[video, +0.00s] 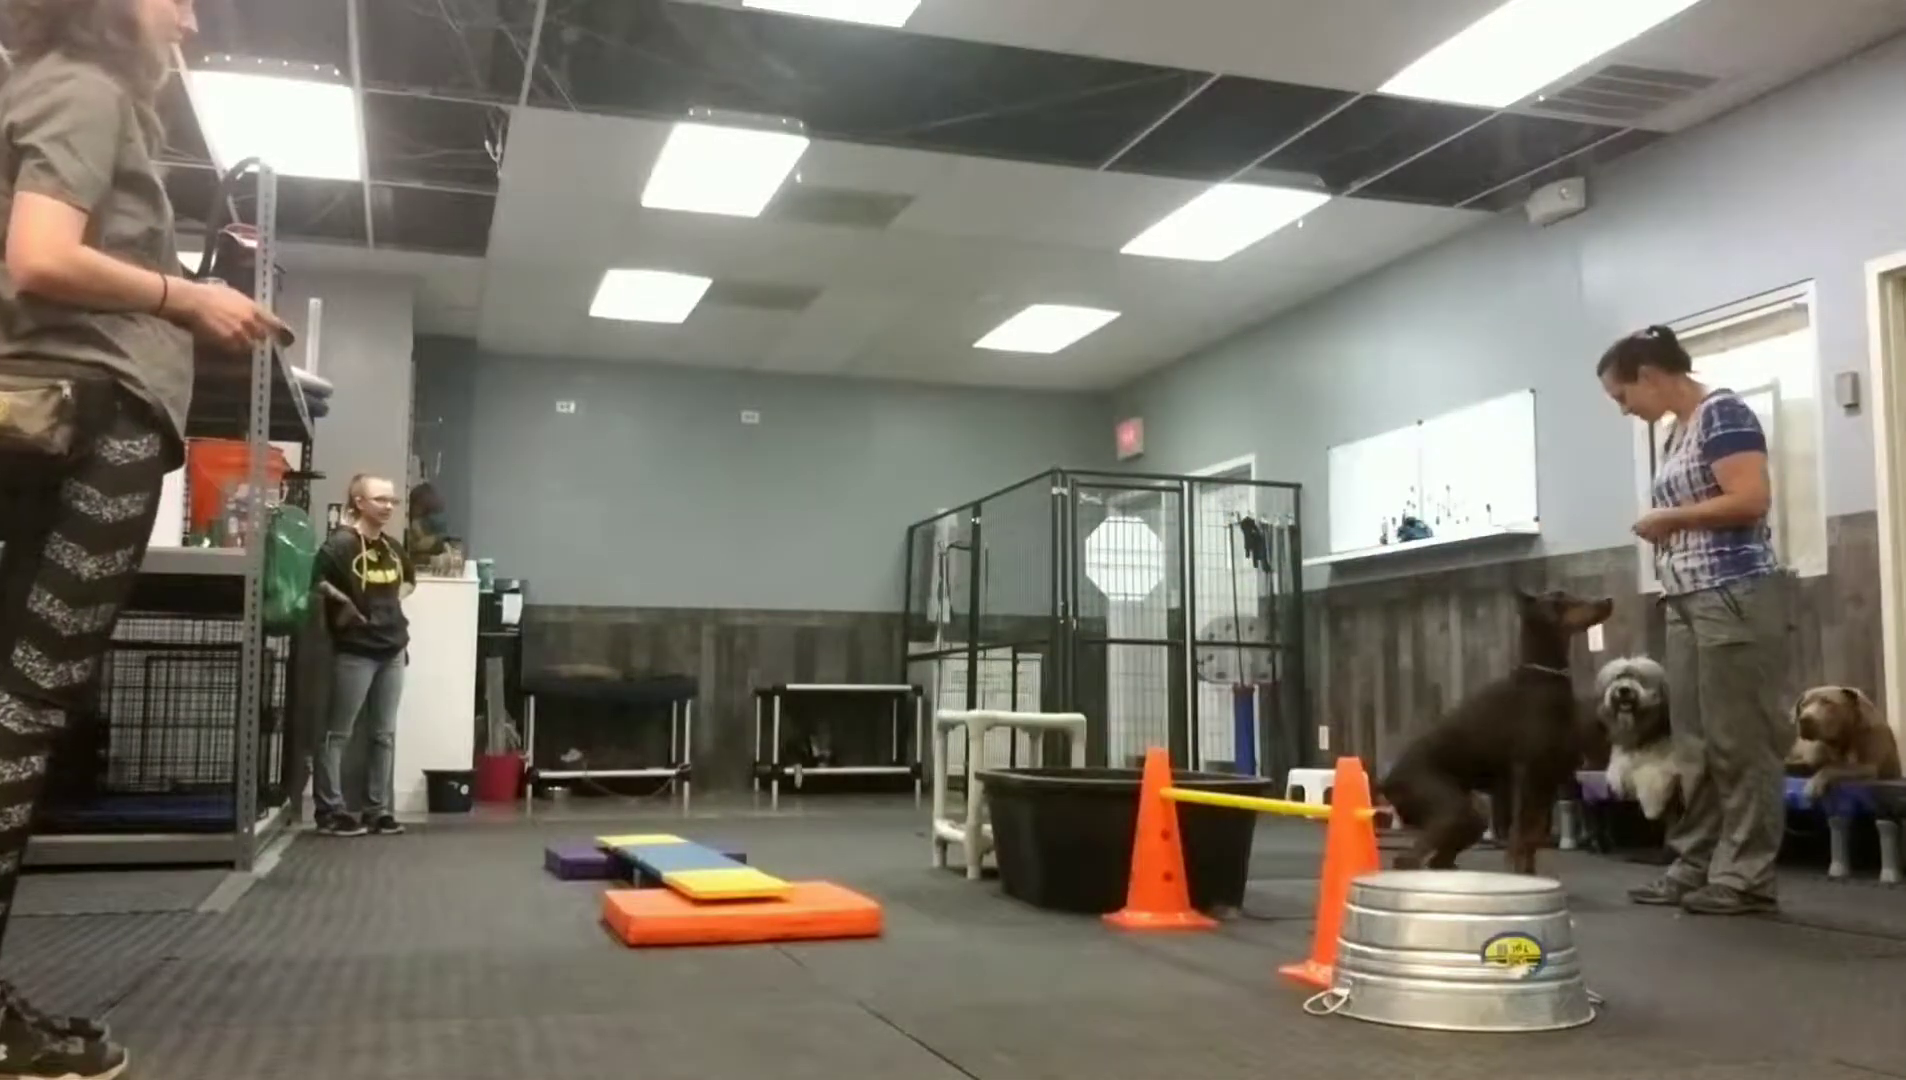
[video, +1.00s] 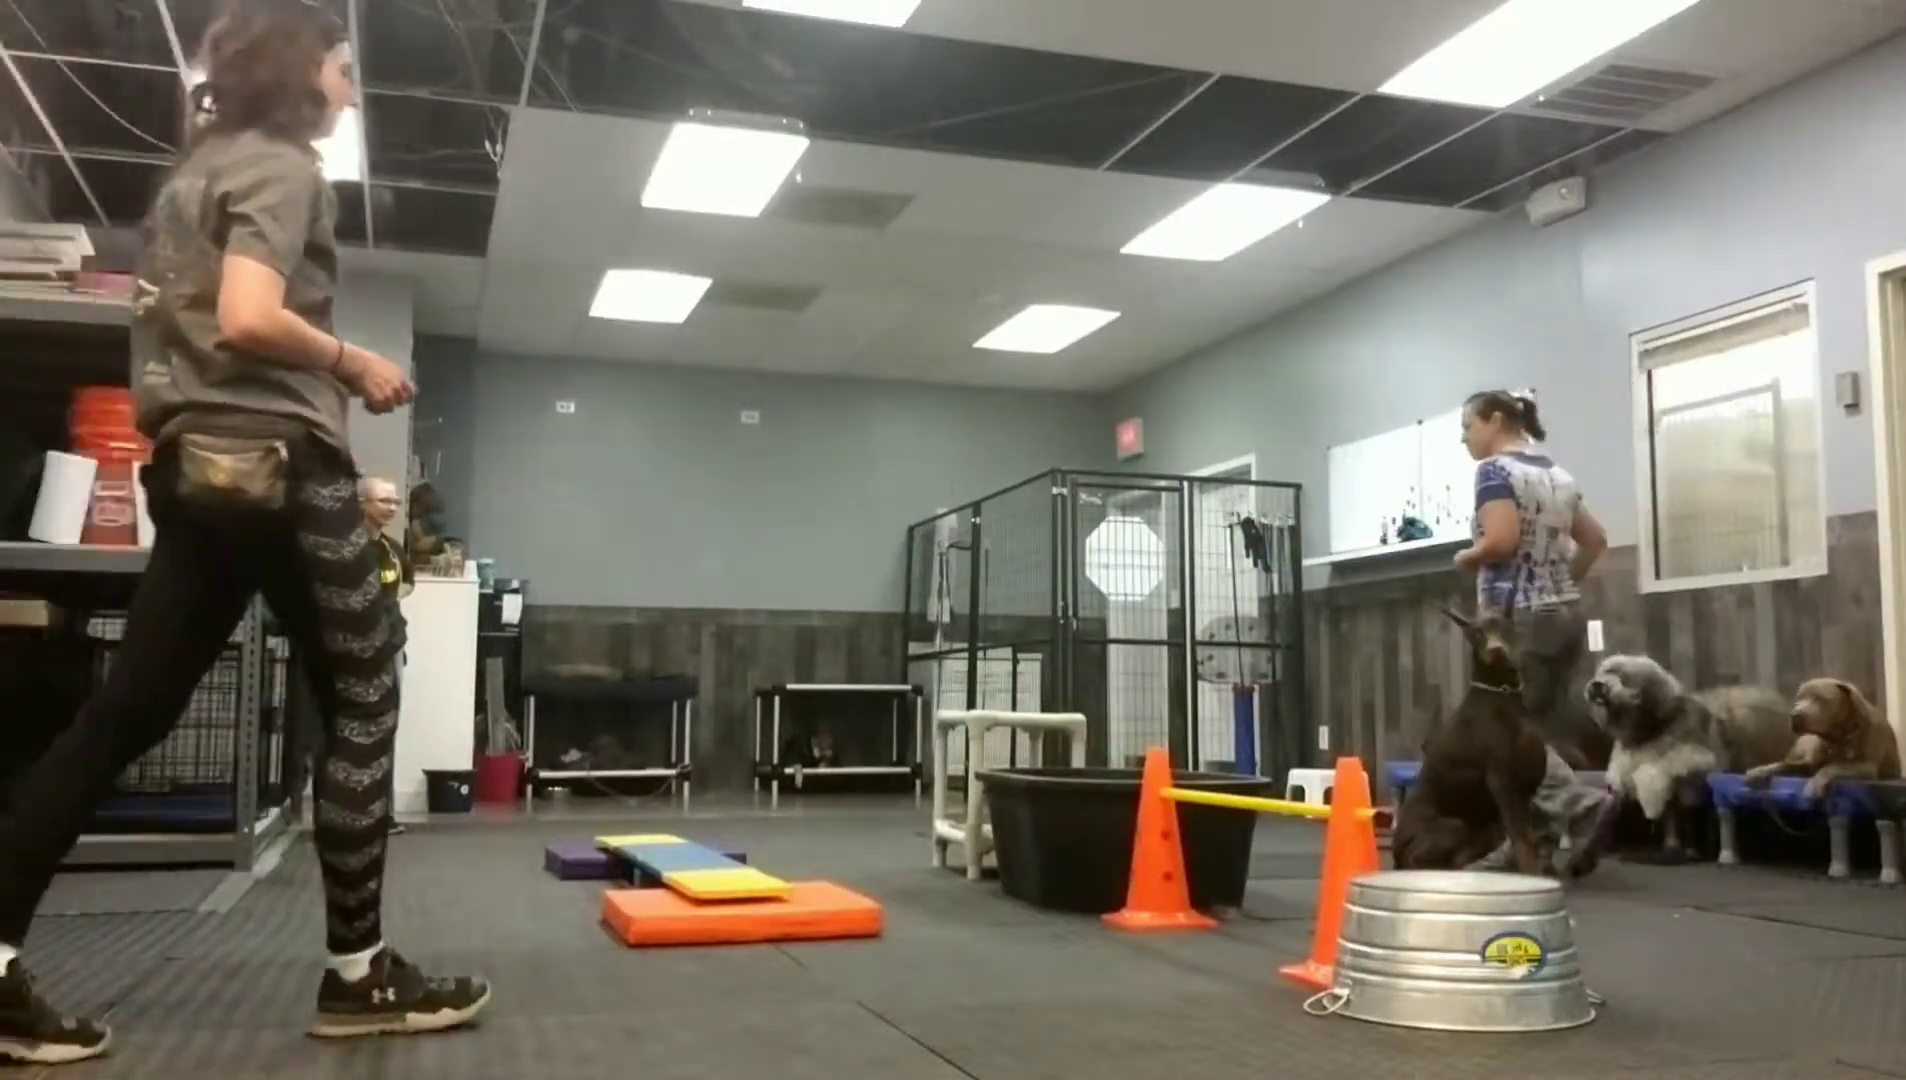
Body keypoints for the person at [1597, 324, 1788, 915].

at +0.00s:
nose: (1626, 410)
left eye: (1623, 396)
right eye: (1619, 401)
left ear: (1650, 374)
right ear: (1650, 380)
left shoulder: (1721, 412)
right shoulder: (1677, 435)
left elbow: (1751, 500)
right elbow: (1702, 512)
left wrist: (1670, 517)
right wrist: (1664, 528)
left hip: (1736, 599)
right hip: (1689, 603)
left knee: (1742, 740)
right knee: (1694, 740)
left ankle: (1746, 879)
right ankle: (1694, 865)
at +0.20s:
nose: (1628, 411)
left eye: (1626, 397)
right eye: (1622, 402)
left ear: (1652, 375)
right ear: (1656, 379)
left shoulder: (1712, 418)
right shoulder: (1697, 426)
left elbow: (1710, 511)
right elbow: (1707, 514)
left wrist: (1650, 526)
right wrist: (1660, 528)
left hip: (1733, 601)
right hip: (1714, 602)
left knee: (1739, 741)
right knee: (1728, 741)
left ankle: (1746, 877)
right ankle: (1741, 873)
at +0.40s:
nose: (1634, 424)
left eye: (1632, 410)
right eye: (1628, 415)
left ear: (1660, 390)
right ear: (1662, 394)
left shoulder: (1713, 433)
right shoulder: (1697, 443)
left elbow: (1734, 514)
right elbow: (1712, 529)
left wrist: (1669, 534)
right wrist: (1656, 553)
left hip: (1723, 609)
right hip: (1709, 609)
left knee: (1728, 737)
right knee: (1725, 737)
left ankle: (1741, 868)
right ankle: (1756, 867)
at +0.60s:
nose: (1603, 426)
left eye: (1604, 413)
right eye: (1598, 417)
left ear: (1635, 397)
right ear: (1634, 402)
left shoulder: (1684, 439)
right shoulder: (1655, 462)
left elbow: (1709, 514)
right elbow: (1661, 551)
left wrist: (1638, 534)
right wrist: (1603, 561)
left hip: (1687, 604)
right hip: (1700, 603)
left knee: (1656, 732)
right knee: (1718, 739)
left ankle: (1646, 862)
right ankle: (1763, 865)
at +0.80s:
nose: (1537, 429)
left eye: (1535, 418)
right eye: (1535, 419)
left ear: (1552, 409)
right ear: (1582, 406)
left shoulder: (1579, 452)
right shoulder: (1623, 452)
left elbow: (1596, 526)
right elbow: (1664, 521)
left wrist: (1546, 539)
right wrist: (1626, 553)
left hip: (1598, 604)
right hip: (1637, 599)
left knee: (1607, 728)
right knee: (1601, 725)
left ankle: (1646, 860)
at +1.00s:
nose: (1467, 439)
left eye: (1470, 428)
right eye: (1466, 430)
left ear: (1497, 422)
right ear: (1512, 424)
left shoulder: (1494, 470)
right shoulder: (1553, 471)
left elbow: (1502, 538)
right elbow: (1594, 538)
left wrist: (1470, 557)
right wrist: (1564, 581)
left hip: (1520, 620)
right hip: (1566, 618)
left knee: (1506, 726)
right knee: (1553, 721)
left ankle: (1582, 804)